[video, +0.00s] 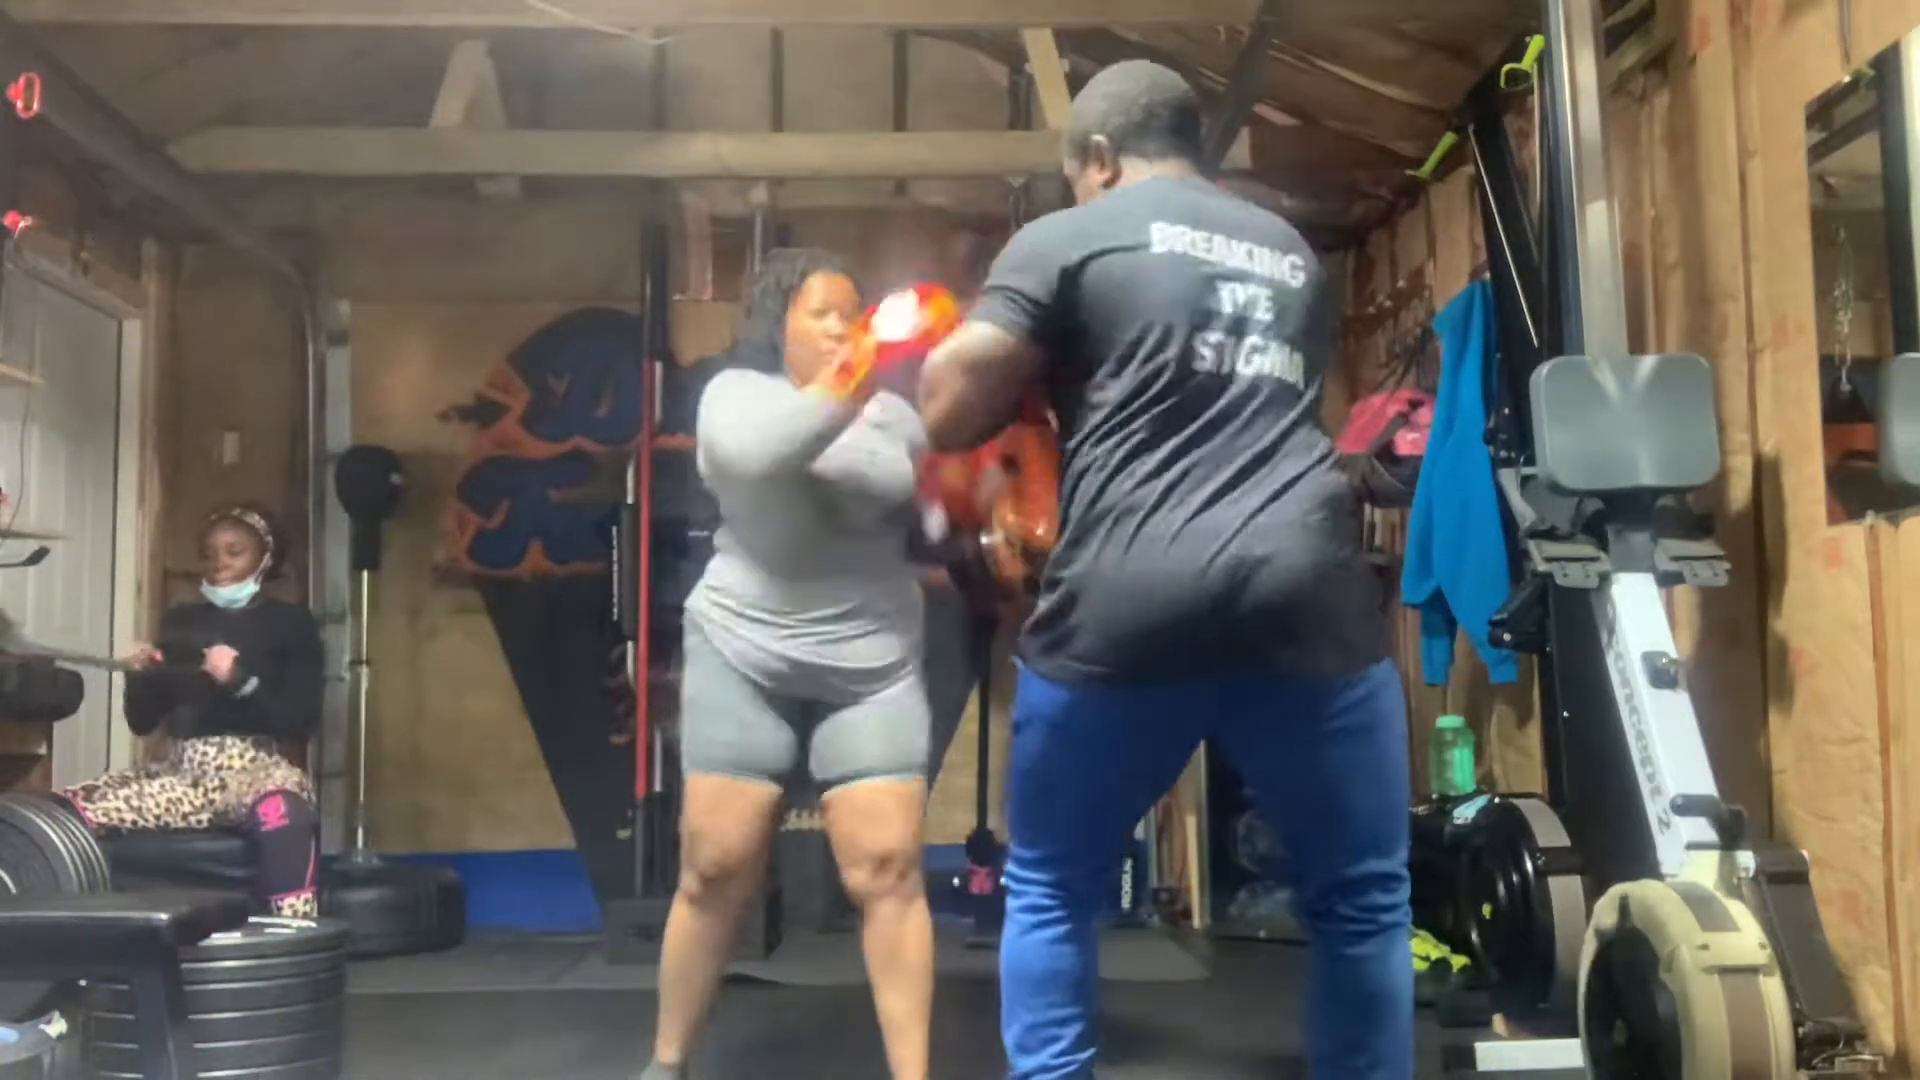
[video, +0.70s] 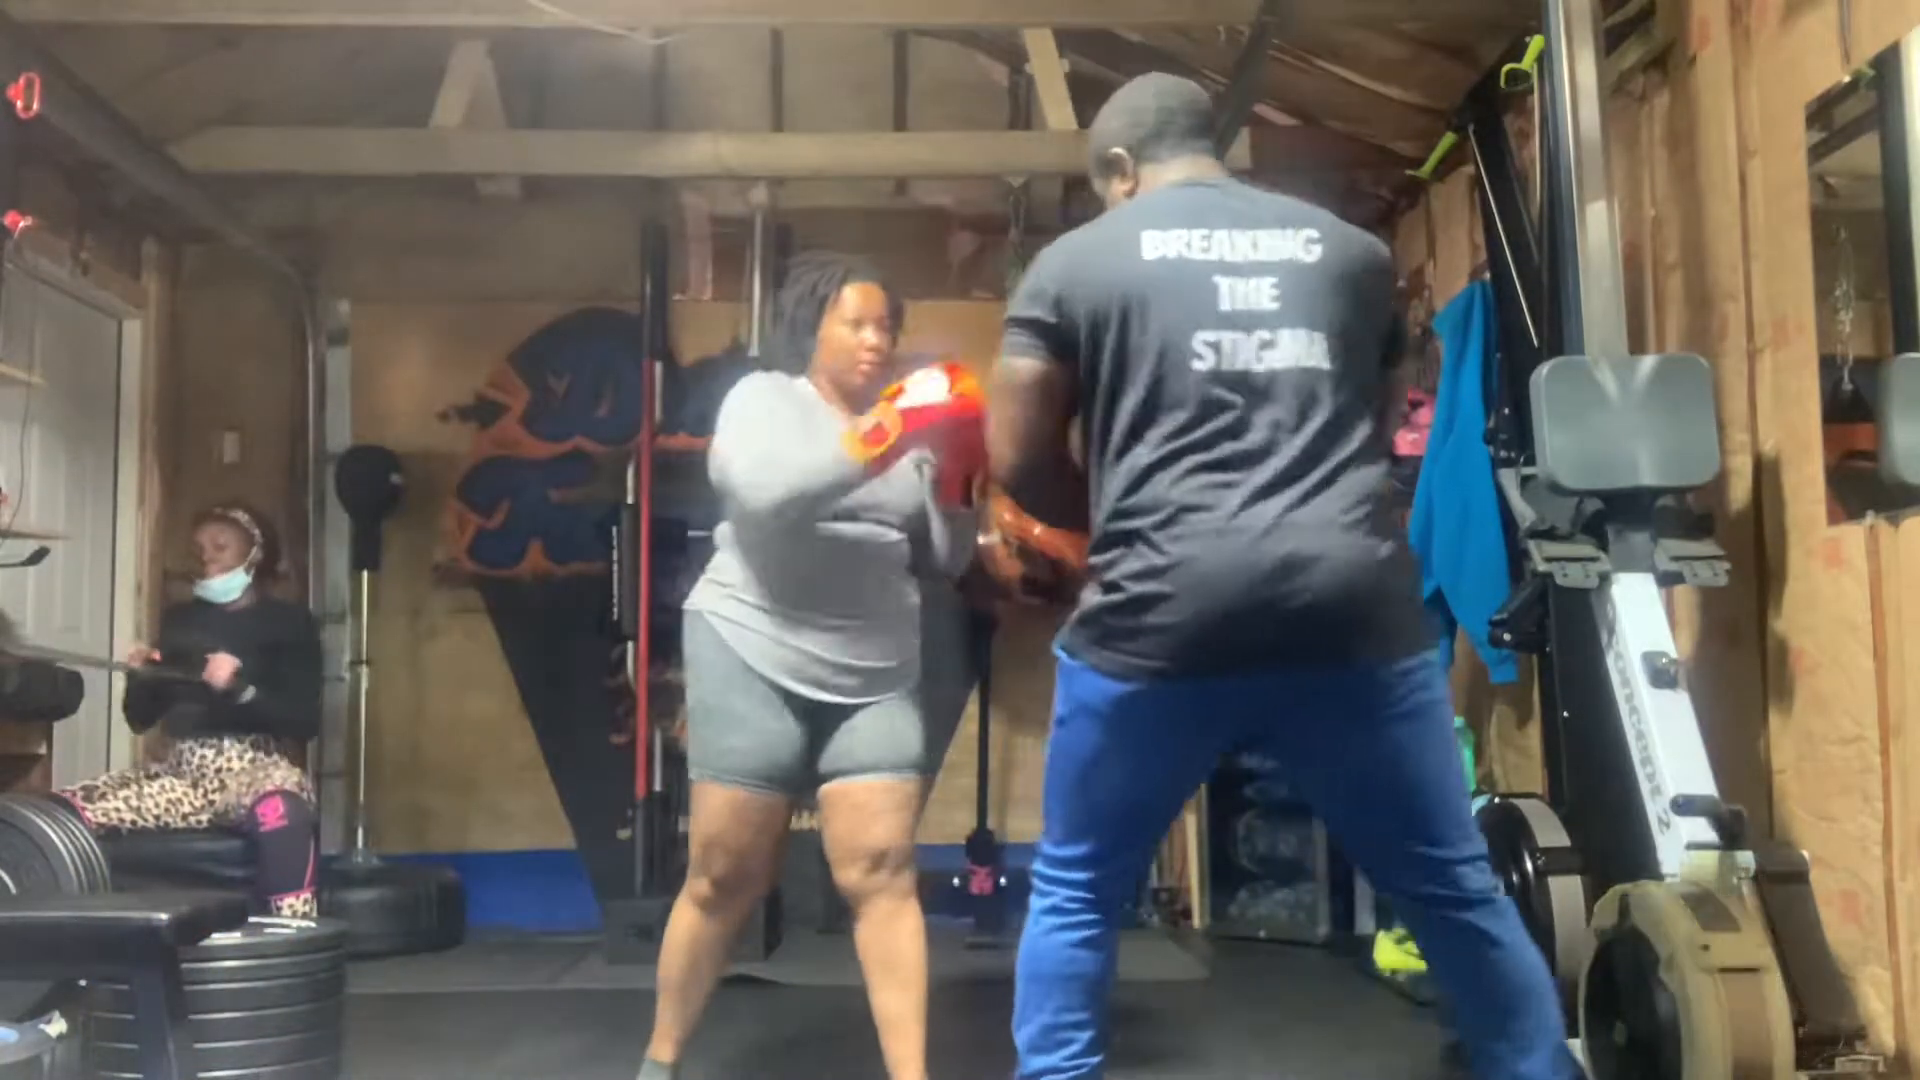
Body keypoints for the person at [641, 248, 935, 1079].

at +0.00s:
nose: (848, 333)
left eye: (857, 317)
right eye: (827, 314)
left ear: (869, 334)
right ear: (775, 324)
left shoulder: (891, 416)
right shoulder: (733, 393)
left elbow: (922, 514)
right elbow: (756, 448)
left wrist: (971, 519)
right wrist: (852, 382)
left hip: (872, 667)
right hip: (737, 655)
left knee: (886, 871)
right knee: (713, 869)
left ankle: (911, 1073)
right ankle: (666, 1062)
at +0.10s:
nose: (833, 327)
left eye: (847, 315)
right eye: (815, 310)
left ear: (861, 332)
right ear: (776, 324)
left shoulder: (901, 406)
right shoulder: (727, 413)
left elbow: (1001, 450)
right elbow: (656, 529)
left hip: (884, 672)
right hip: (748, 667)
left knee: (879, 869)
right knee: (707, 867)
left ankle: (909, 1073)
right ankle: (657, 1054)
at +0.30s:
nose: (860, 326)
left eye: (871, 312)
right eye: (842, 310)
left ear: (885, 325)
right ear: (798, 322)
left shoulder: (919, 408)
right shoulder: (749, 406)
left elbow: (1009, 481)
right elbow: (693, 537)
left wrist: (969, 407)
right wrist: (753, 473)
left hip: (904, 663)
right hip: (767, 650)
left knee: (891, 868)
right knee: (719, 862)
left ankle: (910, 1072)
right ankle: (658, 1048)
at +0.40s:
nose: (890, 323)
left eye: (899, 307)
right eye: (871, 307)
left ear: (914, 318)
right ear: (821, 316)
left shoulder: (933, 397)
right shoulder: (777, 382)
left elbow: (997, 529)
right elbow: (724, 460)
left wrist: (998, 448)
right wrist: (825, 381)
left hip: (909, 667)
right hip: (779, 647)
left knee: (891, 870)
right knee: (731, 860)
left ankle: (911, 1073)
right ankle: (658, 1053)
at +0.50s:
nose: (900, 325)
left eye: (906, 312)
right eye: (880, 309)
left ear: (909, 323)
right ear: (826, 309)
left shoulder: (927, 424)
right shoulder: (787, 373)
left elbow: (973, 540)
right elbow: (868, 366)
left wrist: (1001, 452)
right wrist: (947, 301)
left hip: (904, 665)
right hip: (779, 641)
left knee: (890, 871)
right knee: (731, 870)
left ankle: (911, 1073)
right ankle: (661, 1056)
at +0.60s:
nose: (890, 340)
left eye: (898, 326)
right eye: (871, 323)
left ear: (905, 334)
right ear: (819, 321)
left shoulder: (913, 414)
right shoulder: (780, 377)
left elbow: (960, 546)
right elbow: (835, 413)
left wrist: (970, 434)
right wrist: (931, 361)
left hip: (896, 663)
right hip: (770, 642)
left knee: (890, 870)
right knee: (729, 873)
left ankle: (912, 1073)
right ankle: (662, 1057)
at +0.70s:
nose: (876, 343)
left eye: (887, 329)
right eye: (858, 326)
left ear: (897, 340)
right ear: (809, 330)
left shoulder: (908, 427)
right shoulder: (761, 399)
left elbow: (945, 561)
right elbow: (762, 494)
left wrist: (961, 474)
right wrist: (876, 443)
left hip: (877, 666)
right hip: (750, 647)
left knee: (883, 871)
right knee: (721, 879)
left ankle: (911, 1073)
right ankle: (660, 1061)